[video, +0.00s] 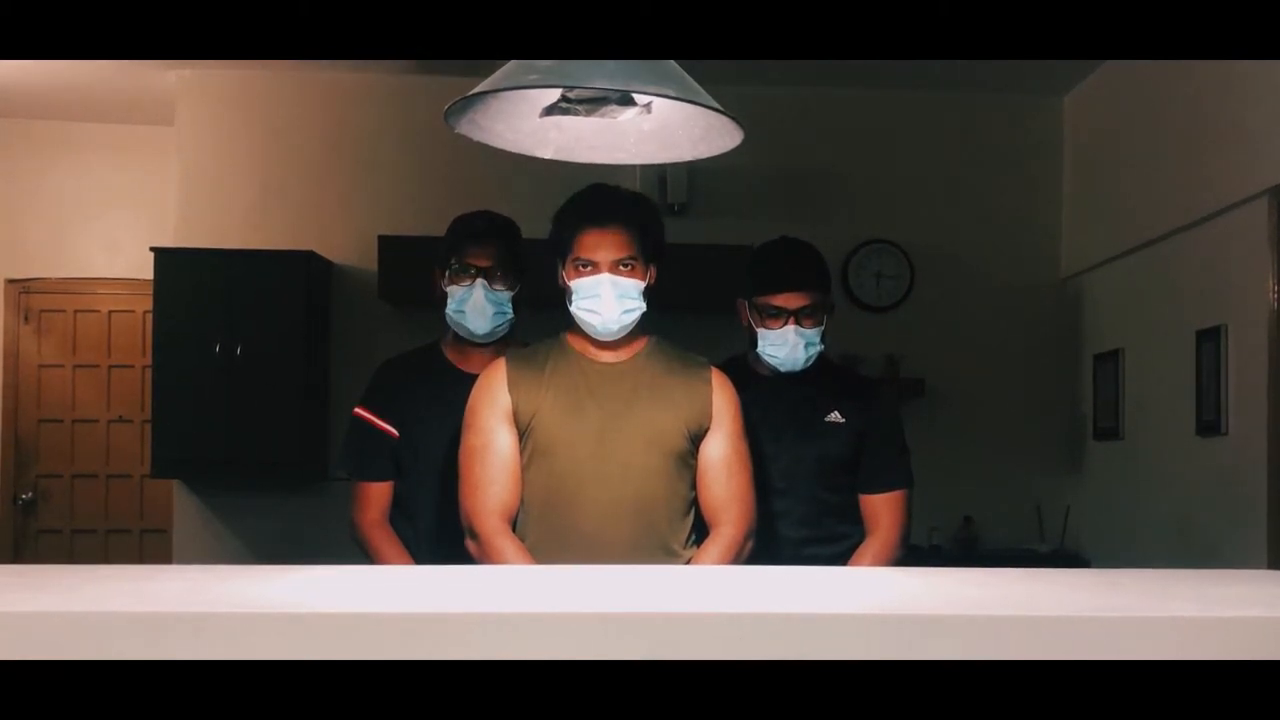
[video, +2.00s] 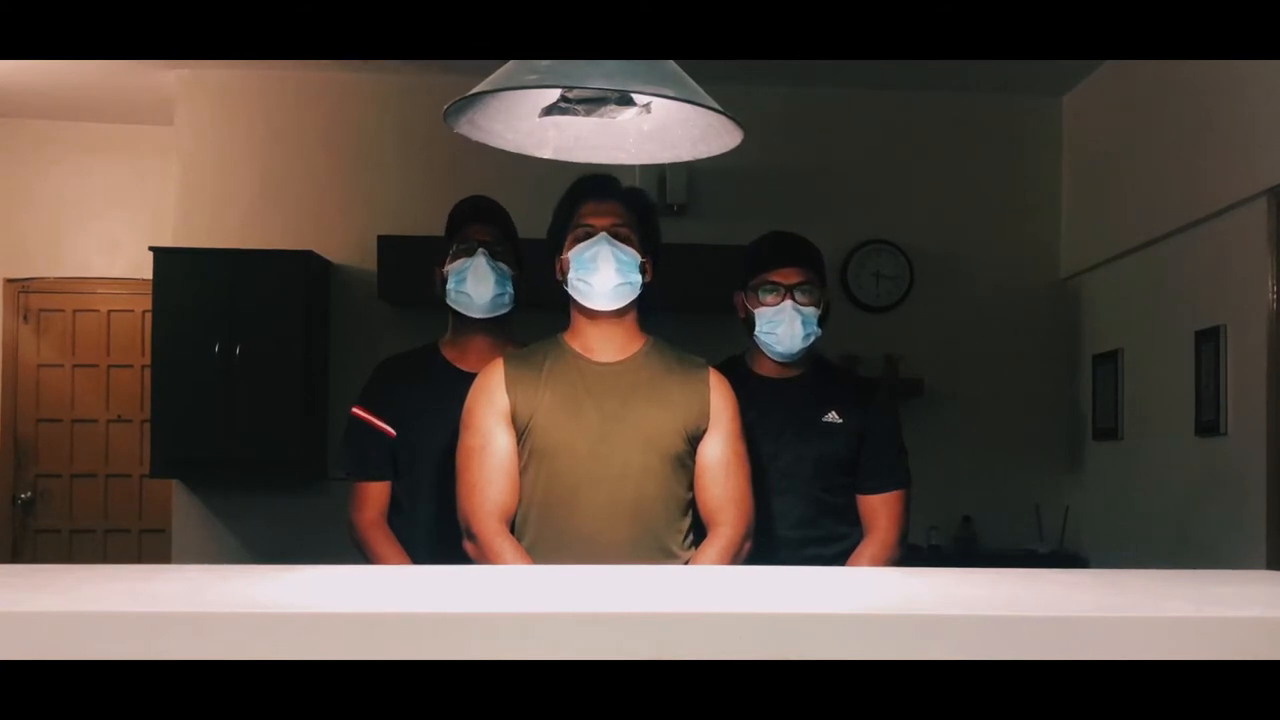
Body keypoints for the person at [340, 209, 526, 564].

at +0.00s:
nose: (480, 292)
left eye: (497, 277)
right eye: (464, 274)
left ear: (517, 287)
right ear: (442, 280)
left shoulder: (540, 383)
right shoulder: (399, 380)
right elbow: (370, 520)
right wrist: (423, 598)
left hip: (517, 594)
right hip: (428, 592)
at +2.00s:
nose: (480, 263)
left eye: (496, 252)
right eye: (464, 251)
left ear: (515, 270)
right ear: (442, 270)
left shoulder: (542, 380)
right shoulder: (397, 379)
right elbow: (368, 519)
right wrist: (421, 598)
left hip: (518, 594)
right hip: (426, 592)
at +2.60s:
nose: (483, 263)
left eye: (499, 253)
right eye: (468, 251)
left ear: (516, 271)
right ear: (444, 273)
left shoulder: (542, 381)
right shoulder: (398, 380)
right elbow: (369, 518)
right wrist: (421, 597)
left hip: (520, 592)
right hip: (428, 591)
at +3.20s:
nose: (484, 263)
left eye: (499, 252)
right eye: (469, 251)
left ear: (518, 270)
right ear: (445, 271)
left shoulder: (543, 382)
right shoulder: (399, 380)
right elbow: (369, 519)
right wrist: (422, 598)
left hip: (519, 593)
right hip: (427, 591)